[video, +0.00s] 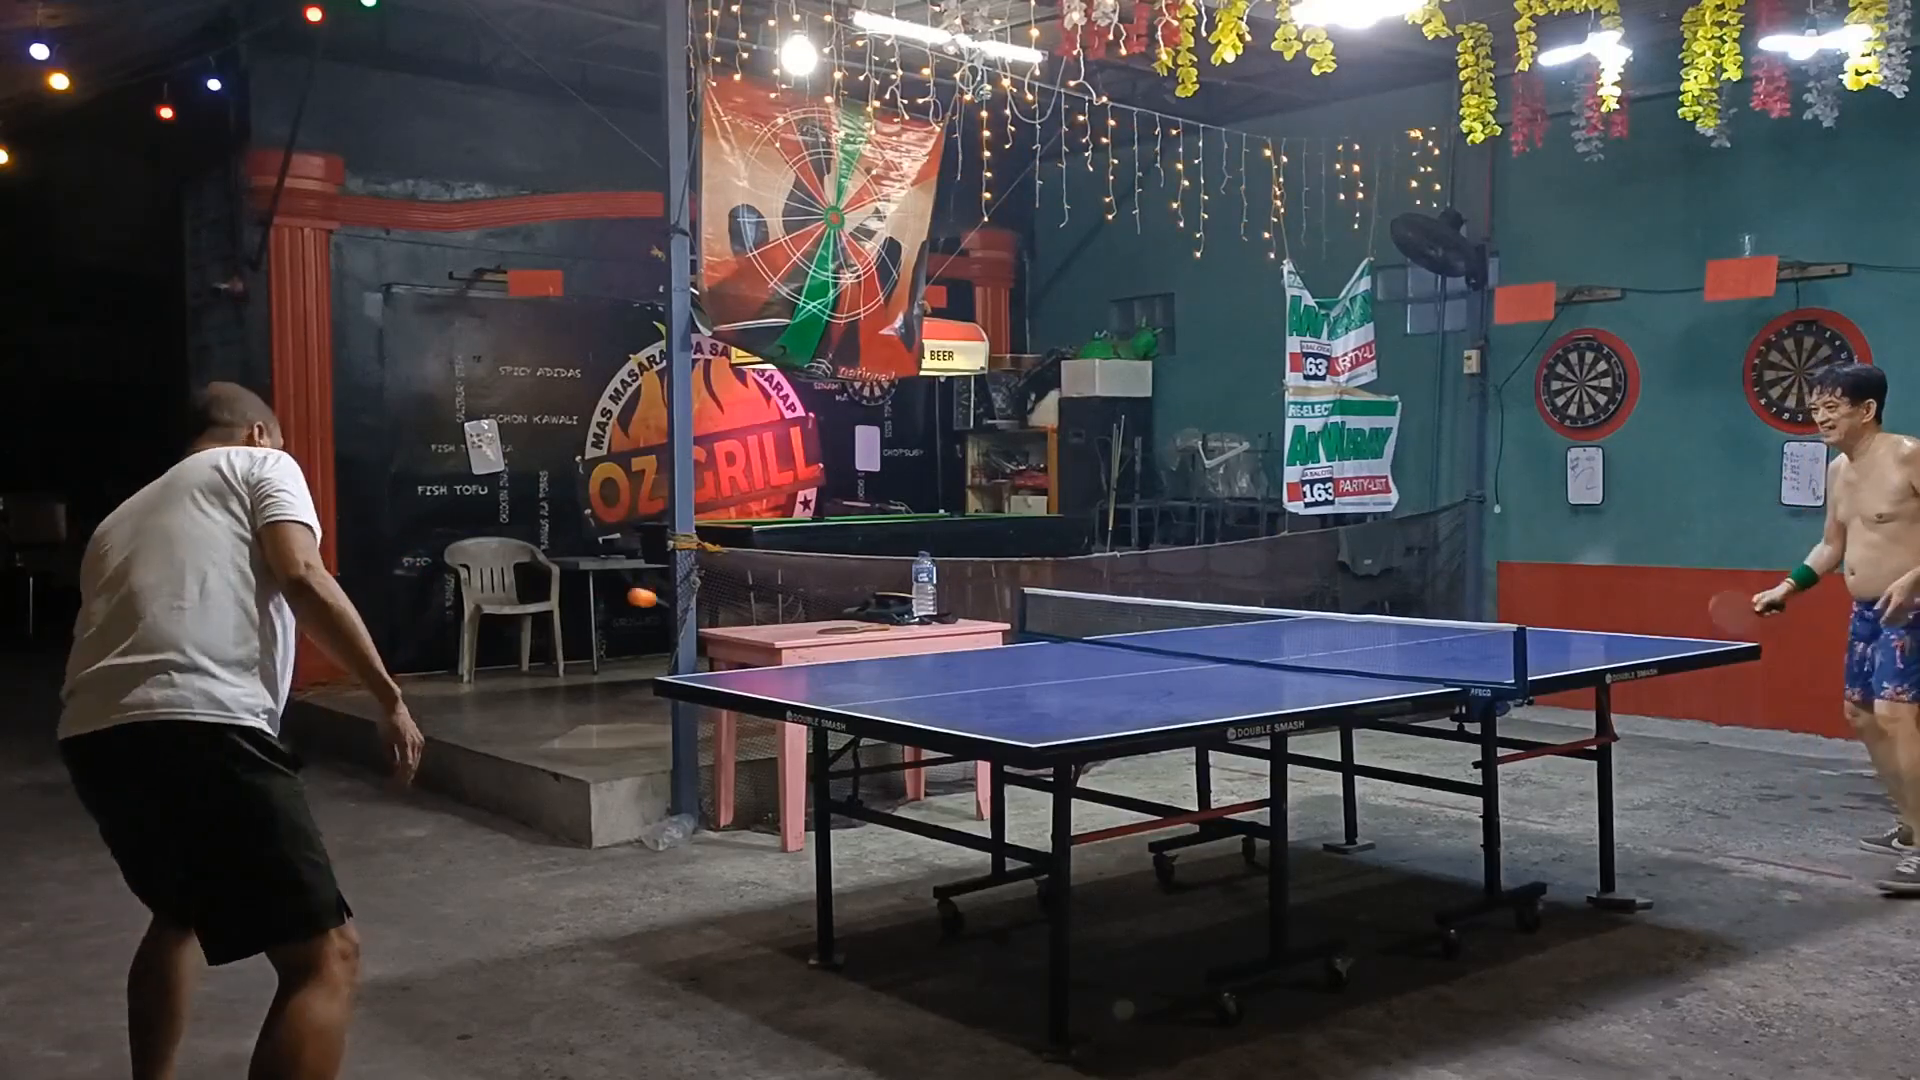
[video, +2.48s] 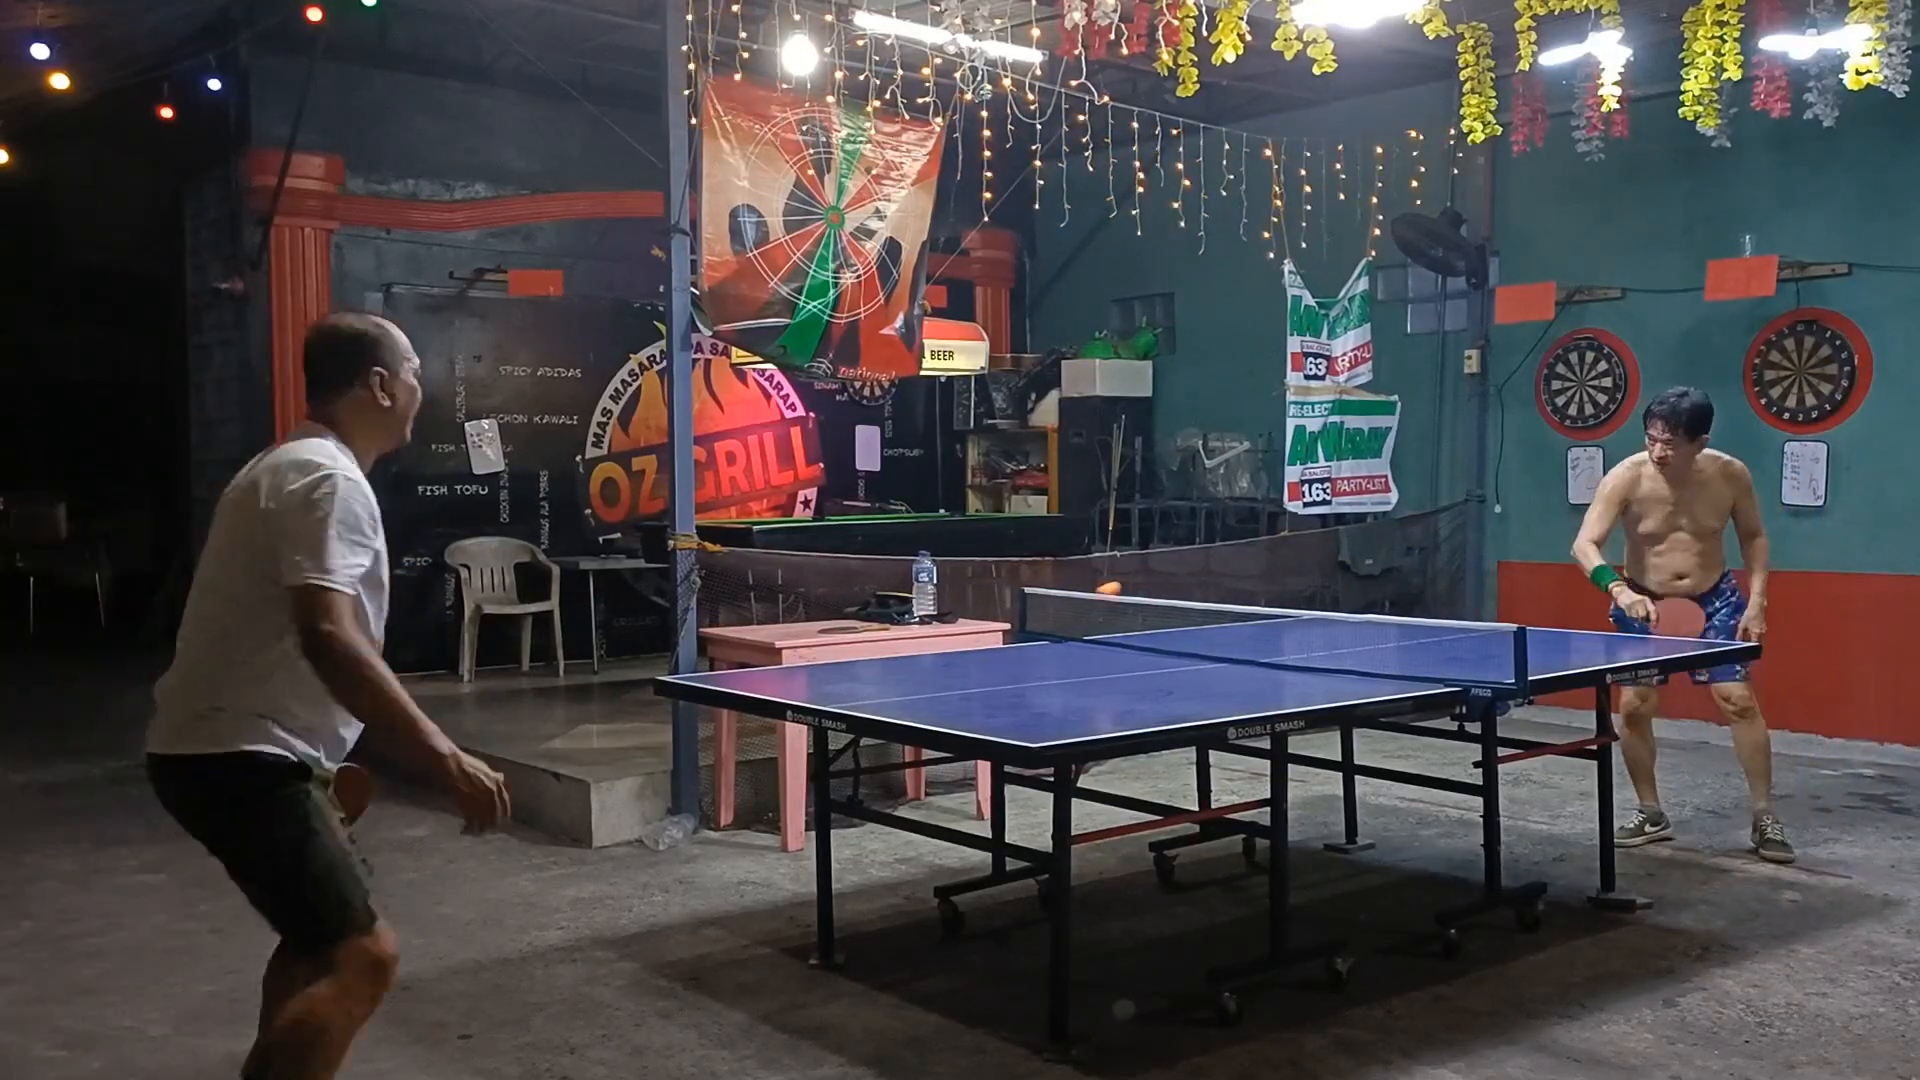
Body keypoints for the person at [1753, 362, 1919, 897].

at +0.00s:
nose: (1821, 420)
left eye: (1830, 409)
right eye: (1816, 411)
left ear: (1866, 409)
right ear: (1816, 414)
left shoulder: (1907, 456)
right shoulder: (1839, 470)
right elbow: (1832, 544)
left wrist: (1913, 580)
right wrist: (1787, 587)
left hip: (1906, 610)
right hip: (1864, 612)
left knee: (1895, 714)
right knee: (1861, 714)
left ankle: (1917, 844)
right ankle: (1911, 823)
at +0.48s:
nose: (1802, 432)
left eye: (1811, 420)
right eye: (1800, 422)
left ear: (1848, 419)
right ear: (1842, 422)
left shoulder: (1875, 462)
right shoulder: (1852, 470)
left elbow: (1850, 537)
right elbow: (1856, 560)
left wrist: (1765, 570)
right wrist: (1786, 569)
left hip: (1907, 624)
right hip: (1866, 625)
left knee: (1917, 736)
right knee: (1816, 719)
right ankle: (1765, 825)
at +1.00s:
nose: (1716, 493)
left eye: (1720, 479)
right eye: (1713, 484)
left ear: (1751, 470)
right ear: (1749, 476)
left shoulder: (1792, 488)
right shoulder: (1754, 536)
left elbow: (1772, 545)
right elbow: (1693, 577)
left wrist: (1713, 609)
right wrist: (1658, 530)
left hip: (1878, 633)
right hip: (1826, 646)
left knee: (1879, 761)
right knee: (1752, 713)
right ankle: (1743, 829)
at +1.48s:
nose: (1674, 452)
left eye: (1684, 440)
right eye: (1669, 444)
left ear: (1718, 440)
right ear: (1667, 450)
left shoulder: (1753, 472)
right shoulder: (1701, 504)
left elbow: (1753, 540)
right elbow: (1693, 574)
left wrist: (1706, 606)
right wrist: (1653, 596)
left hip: (1822, 619)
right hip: (1766, 630)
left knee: (1844, 732)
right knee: (1707, 713)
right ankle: (1740, 828)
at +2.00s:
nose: (1654, 458)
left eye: (1664, 447)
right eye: (1647, 448)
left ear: (1694, 442)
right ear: (1641, 445)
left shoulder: (1733, 483)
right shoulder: (1648, 495)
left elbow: (1767, 557)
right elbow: (1625, 557)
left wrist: (1728, 602)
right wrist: (1621, 590)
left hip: (1751, 619)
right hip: (1688, 622)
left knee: (1752, 727)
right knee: (1631, 709)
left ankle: (1838, 842)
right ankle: (1666, 820)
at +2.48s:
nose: (1659, 451)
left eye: (1671, 443)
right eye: (1654, 439)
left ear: (1700, 442)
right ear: (1646, 434)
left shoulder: (1730, 475)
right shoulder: (1626, 477)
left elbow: (1753, 538)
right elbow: (1584, 545)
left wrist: (1757, 603)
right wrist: (1619, 591)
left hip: (1714, 604)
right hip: (1645, 605)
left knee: (1739, 701)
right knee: (1634, 706)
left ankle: (1764, 818)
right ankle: (1649, 812)